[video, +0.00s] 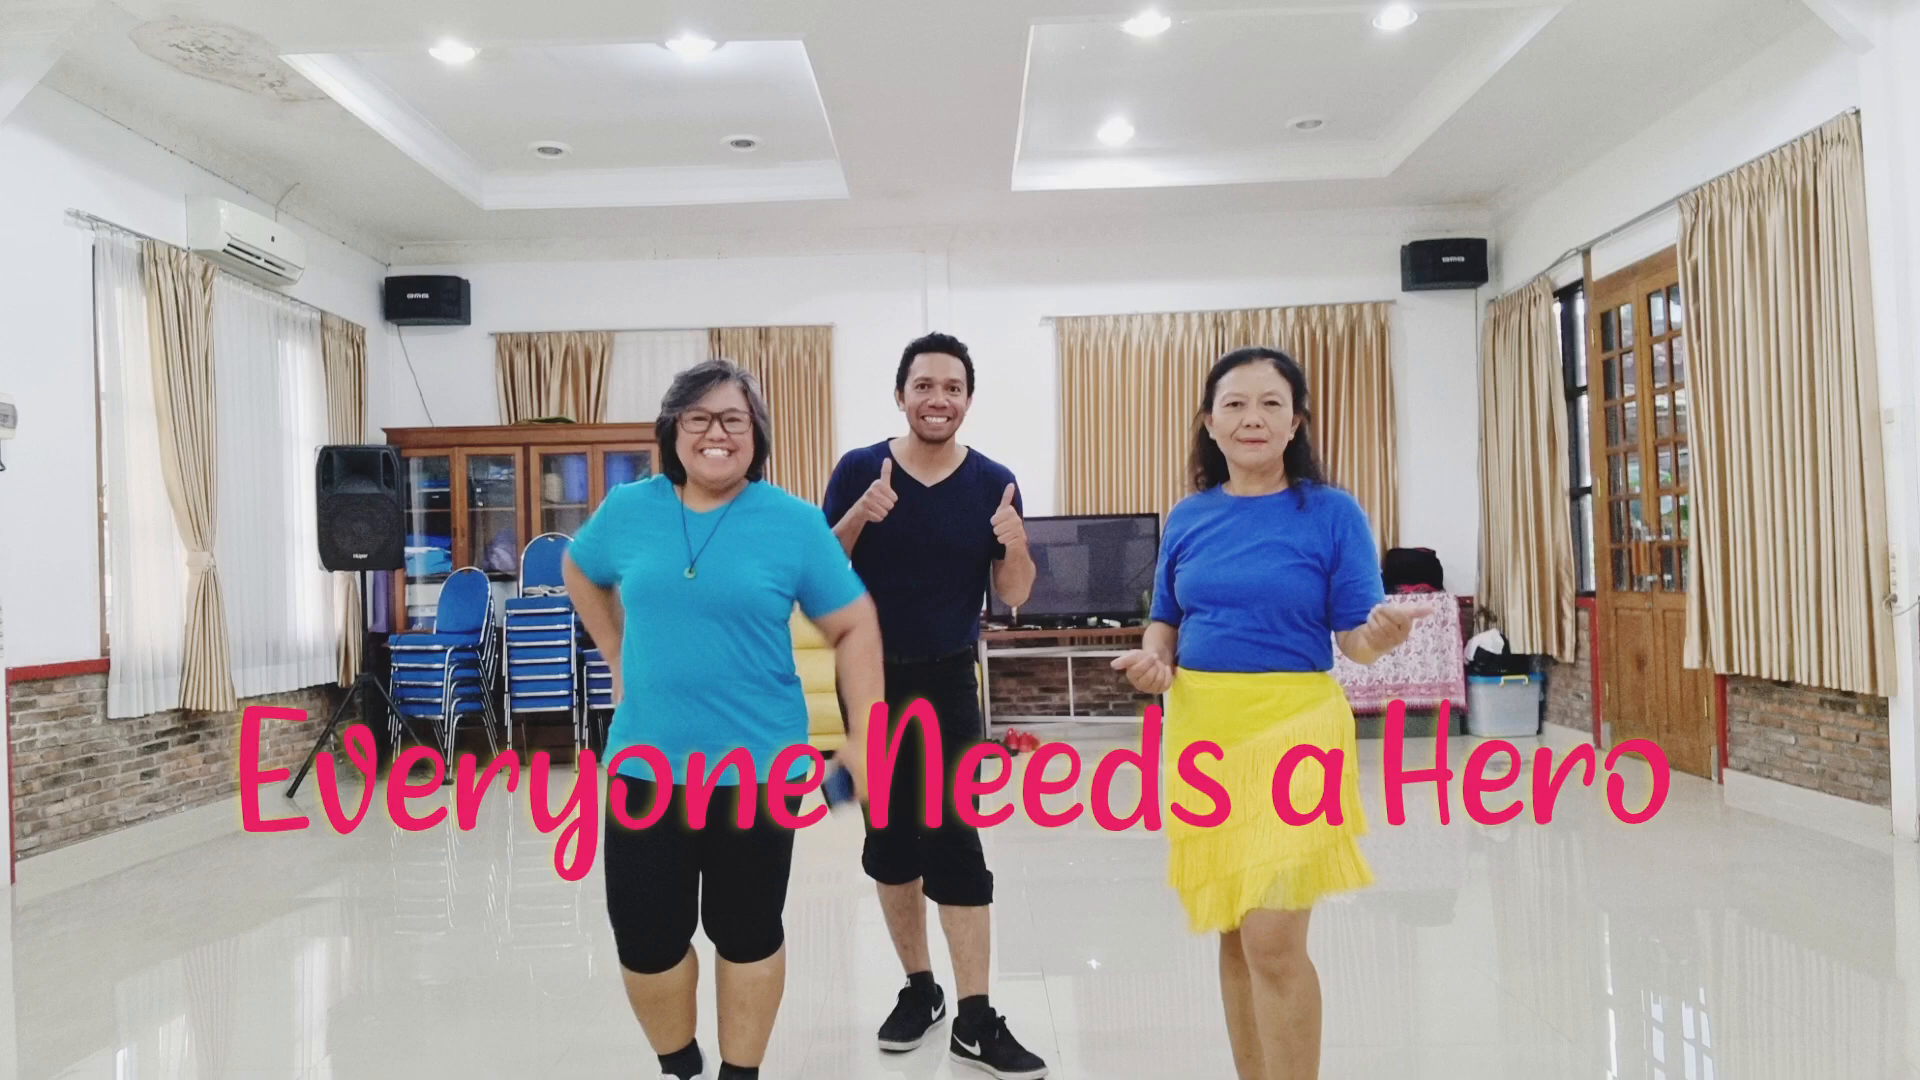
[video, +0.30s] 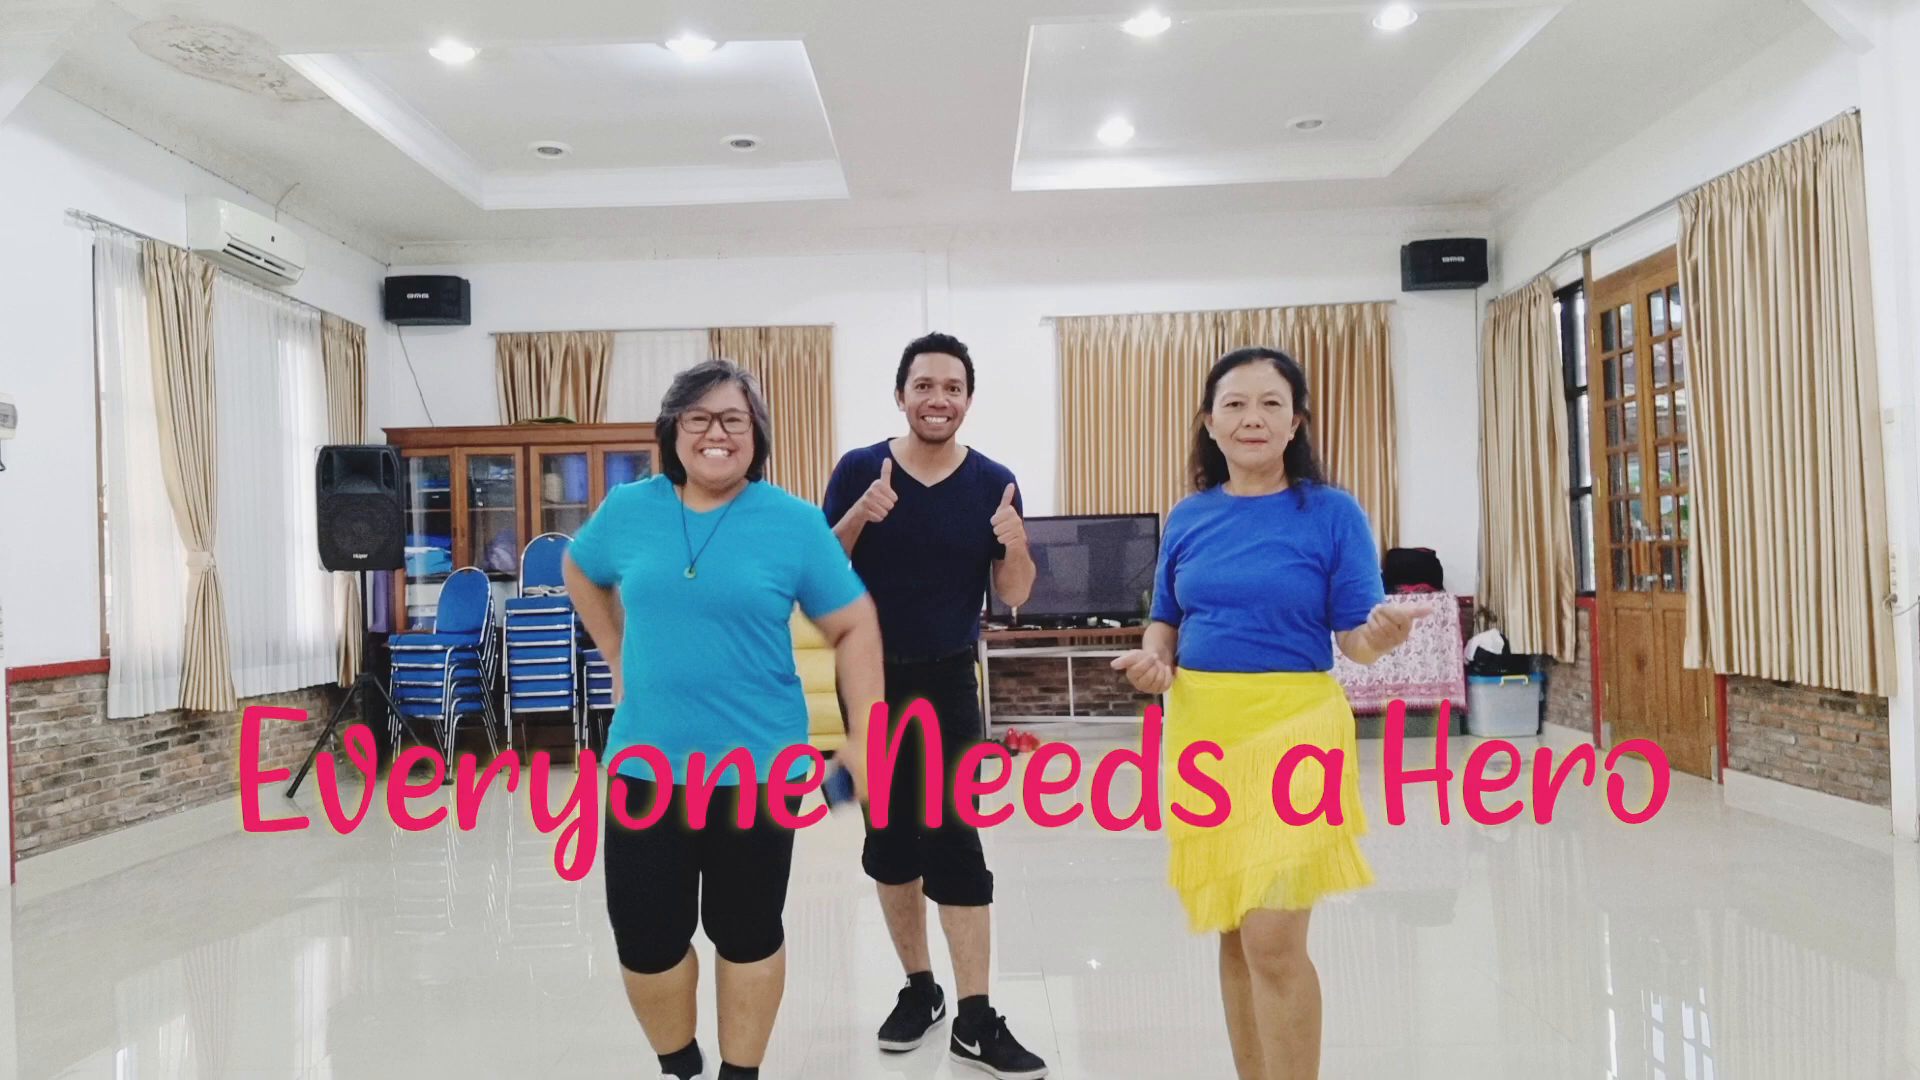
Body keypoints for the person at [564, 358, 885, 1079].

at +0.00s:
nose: (720, 432)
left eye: (736, 420)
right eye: (702, 420)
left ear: (756, 436)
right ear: (672, 434)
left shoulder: (795, 523)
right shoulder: (627, 509)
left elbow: (856, 626)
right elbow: (580, 570)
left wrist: (865, 738)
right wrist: (625, 663)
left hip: (758, 768)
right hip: (645, 764)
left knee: (746, 932)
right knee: (646, 938)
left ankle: (739, 1076)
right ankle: (680, 1069)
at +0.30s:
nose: (720, 432)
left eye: (736, 420)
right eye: (702, 420)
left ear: (756, 436)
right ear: (672, 434)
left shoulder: (795, 523)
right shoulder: (627, 509)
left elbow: (856, 626)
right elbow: (580, 570)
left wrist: (865, 738)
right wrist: (625, 663)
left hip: (758, 768)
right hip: (645, 764)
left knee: (746, 932)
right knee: (646, 938)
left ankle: (739, 1076)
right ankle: (680, 1069)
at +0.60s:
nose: (720, 432)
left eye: (736, 420)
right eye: (702, 420)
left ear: (756, 436)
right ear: (672, 434)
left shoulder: (795, 523)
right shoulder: (627, 509)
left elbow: (856, 626)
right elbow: (580, 570)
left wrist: (865, 738)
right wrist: (625, 663)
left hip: (758, 768)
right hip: (645, 764)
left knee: (746, 932)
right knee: (646, 938)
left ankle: (739, 1076)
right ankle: (680, 1069)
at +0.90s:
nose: (720, 432)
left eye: (736, 420)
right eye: (702, 420)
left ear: (756, 436)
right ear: (672, 434)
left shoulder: (795, 523)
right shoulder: (627, 509)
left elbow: (856, 626)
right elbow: (580, 570)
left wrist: (865, 738)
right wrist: (625, 663)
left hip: (758, 768)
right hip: (645, 764)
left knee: (746, 932)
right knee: (646, 938)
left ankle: (739, 1076)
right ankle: (680, 1069)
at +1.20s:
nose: (720, 432)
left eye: (736, 420)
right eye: (702, 420)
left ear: (756, 436)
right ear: (672, 434)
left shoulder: (795, 523)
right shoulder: (627, 509)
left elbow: (856, 626)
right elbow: (580, 570)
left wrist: (865, 738)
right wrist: (625, 663)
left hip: (758, 768)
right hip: (645, 764)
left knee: (746, 932)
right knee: (646, 938)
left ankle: (739, 1076)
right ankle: (680, 1069)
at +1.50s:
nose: (720, 432)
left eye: (736, 420)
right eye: (702, 420)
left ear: (756, 436)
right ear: (672, 434)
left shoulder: (795, 523)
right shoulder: (627, 509)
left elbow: (856, 626)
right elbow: (580, 570)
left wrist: (865, 738)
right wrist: (625, 663)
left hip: (758, 768)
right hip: (645, 764)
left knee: (746, 932)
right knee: (646, 938)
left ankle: (739, 1076)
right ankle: (680, 1069)